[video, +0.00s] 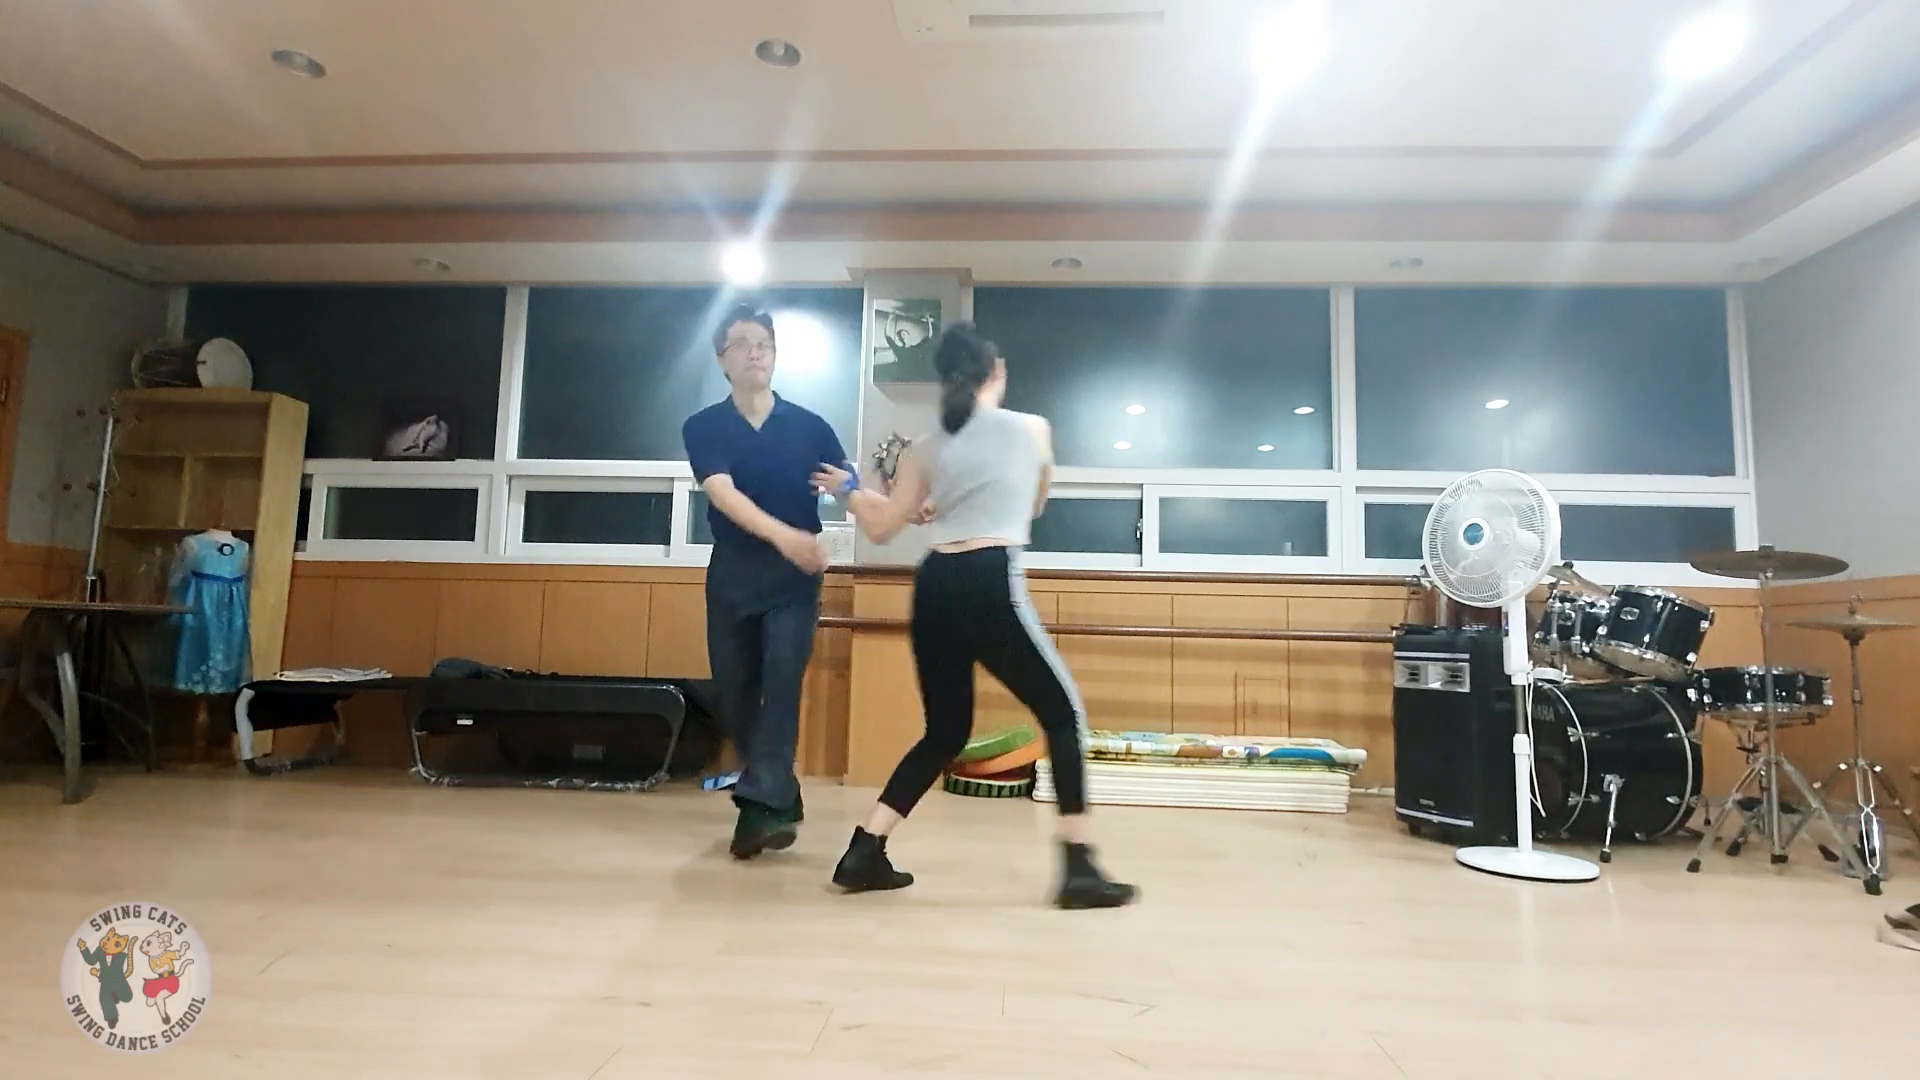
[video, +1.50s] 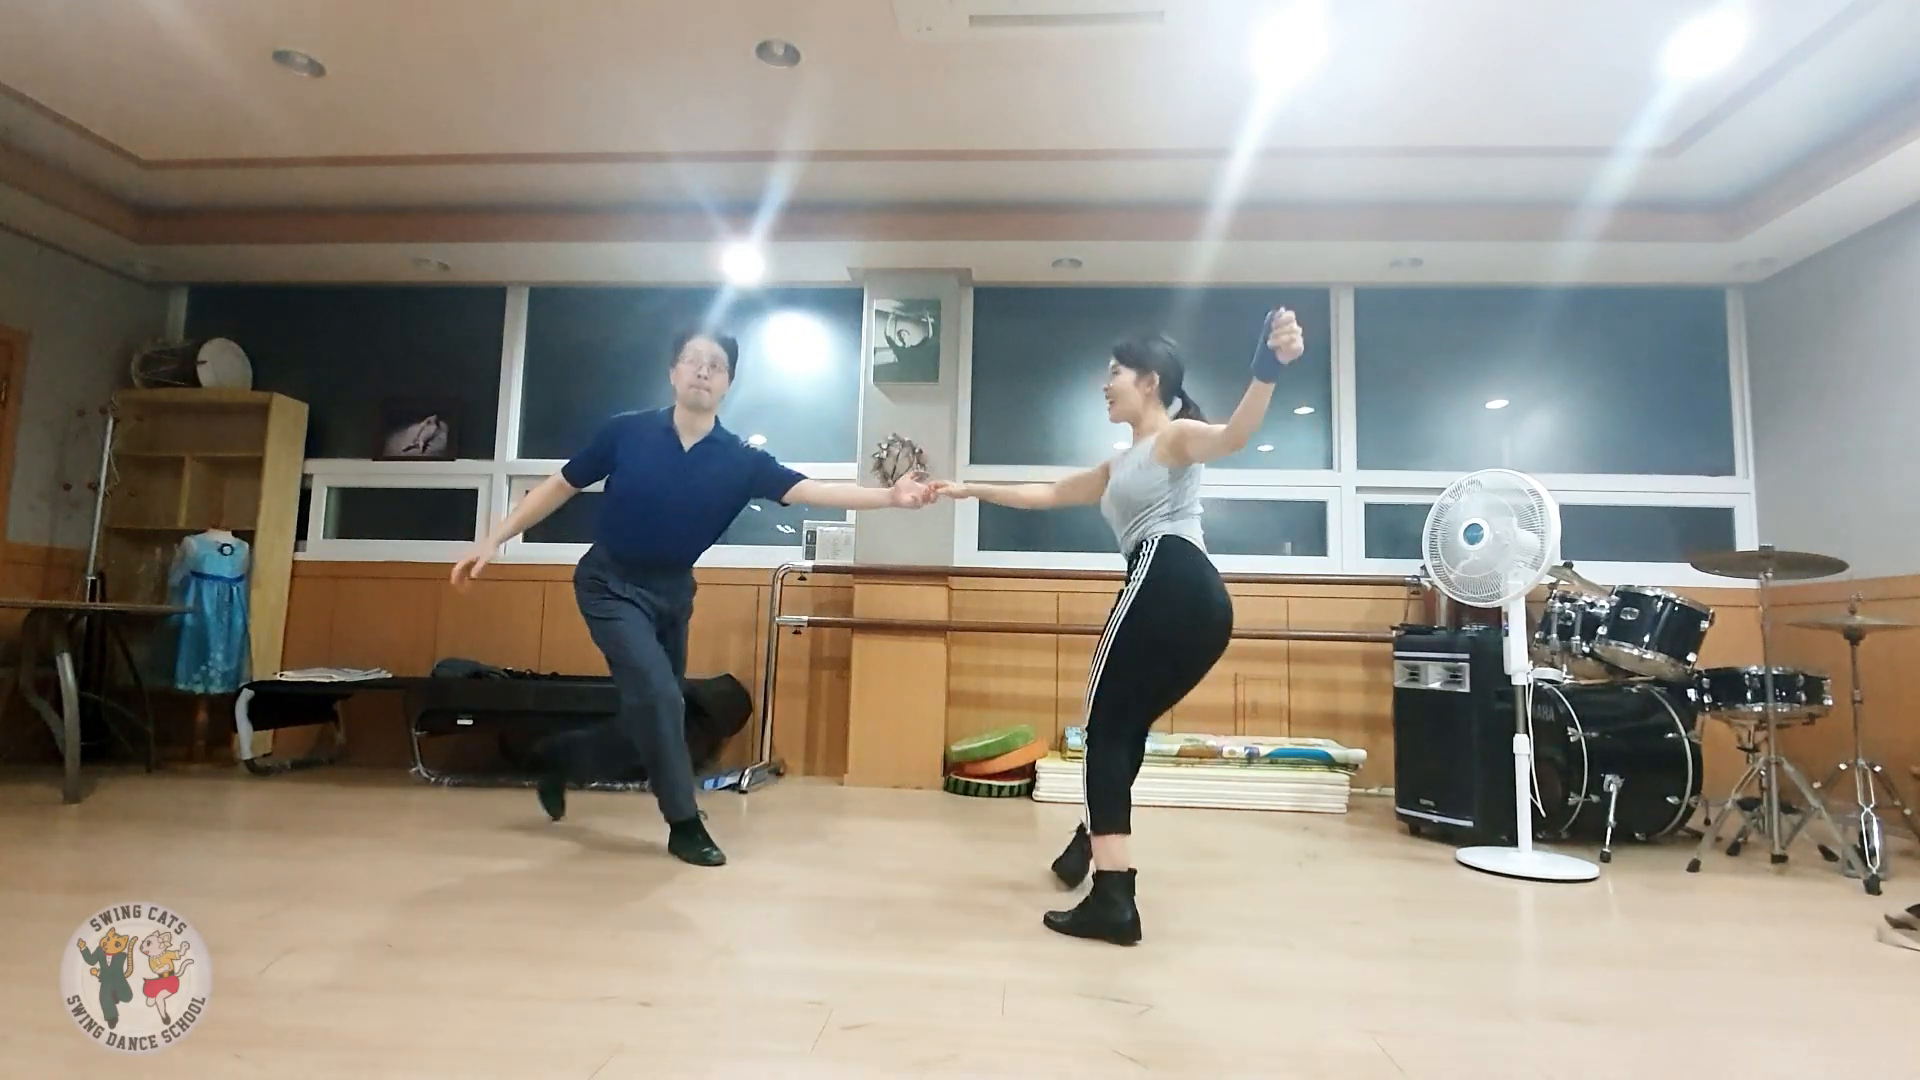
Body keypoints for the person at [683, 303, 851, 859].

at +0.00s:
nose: (755, 354)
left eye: (763, 344)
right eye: (741, 346)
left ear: (775, 354)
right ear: (722, 359)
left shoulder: (810, 427)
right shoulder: (704, 426)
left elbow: (856, 494)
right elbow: (724, 496)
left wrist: (851, 488)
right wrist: (786, 537)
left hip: (793, 576)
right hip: (731, 577)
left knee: (781, 687)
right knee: (734, 695)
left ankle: (756, 812)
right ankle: (782, 800)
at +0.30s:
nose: (724, 347)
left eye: (732, 338)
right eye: (712, 339)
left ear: (747, 349)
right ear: (693, 352)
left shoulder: (786, 423)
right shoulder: (673, 423)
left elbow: (846, 471)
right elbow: (655, 508)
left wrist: (919, 475)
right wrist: (660, 588)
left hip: (770, 570)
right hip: (706, 572)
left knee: (768, 682)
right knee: (720, 699)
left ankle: (749, 821)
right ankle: (778, 786)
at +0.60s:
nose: (707, 346)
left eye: (719, 337)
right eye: (694, 337)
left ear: (734, 351)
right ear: (678, 351)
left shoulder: (775, 425)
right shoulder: (652, 425)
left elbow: (841, 466)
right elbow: (600, 499)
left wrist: (922, 467)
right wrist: (571, 576)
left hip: (759, 579)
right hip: (688, 584)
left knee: (779, 687)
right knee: (701, 711)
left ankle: (749, 828)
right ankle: (741, 725)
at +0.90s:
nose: (697, 357)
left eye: (710, 347)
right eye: (687, 347)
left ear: (729, 363)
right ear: (671, 360)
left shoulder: (761, 438)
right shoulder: (641, 433)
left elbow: (831, 474)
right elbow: (581, 495)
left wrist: (915, 477)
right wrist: (531, 561)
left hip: (734, 587)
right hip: (664, 589)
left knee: (768, 682)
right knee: (683, 690)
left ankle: (749, 828)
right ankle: (682, 823)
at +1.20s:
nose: (706, 364)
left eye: (719, 358)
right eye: (696, 353)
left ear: (732, 375)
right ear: (675, 364)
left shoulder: (749, 448)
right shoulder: (633, 429)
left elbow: (820, 478)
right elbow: (568, 484)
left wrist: (900, 482)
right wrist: (507, 543)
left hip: (693, 586)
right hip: (629, 582)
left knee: (721, 690)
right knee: (671, 686)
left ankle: (690, 793)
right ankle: (686, 825)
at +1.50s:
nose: (701, 372)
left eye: (714, 366)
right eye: (692, 362)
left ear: (728, 385)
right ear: (671, 374)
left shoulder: (741, 461)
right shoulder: (627, 434)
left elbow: (812, 490)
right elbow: (559, 487)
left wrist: (892, 495)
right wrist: (492, 541)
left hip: (671, 595)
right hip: (611, 583)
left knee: (651, 722)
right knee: (657, 691)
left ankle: (557, 758)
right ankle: (685, 823)